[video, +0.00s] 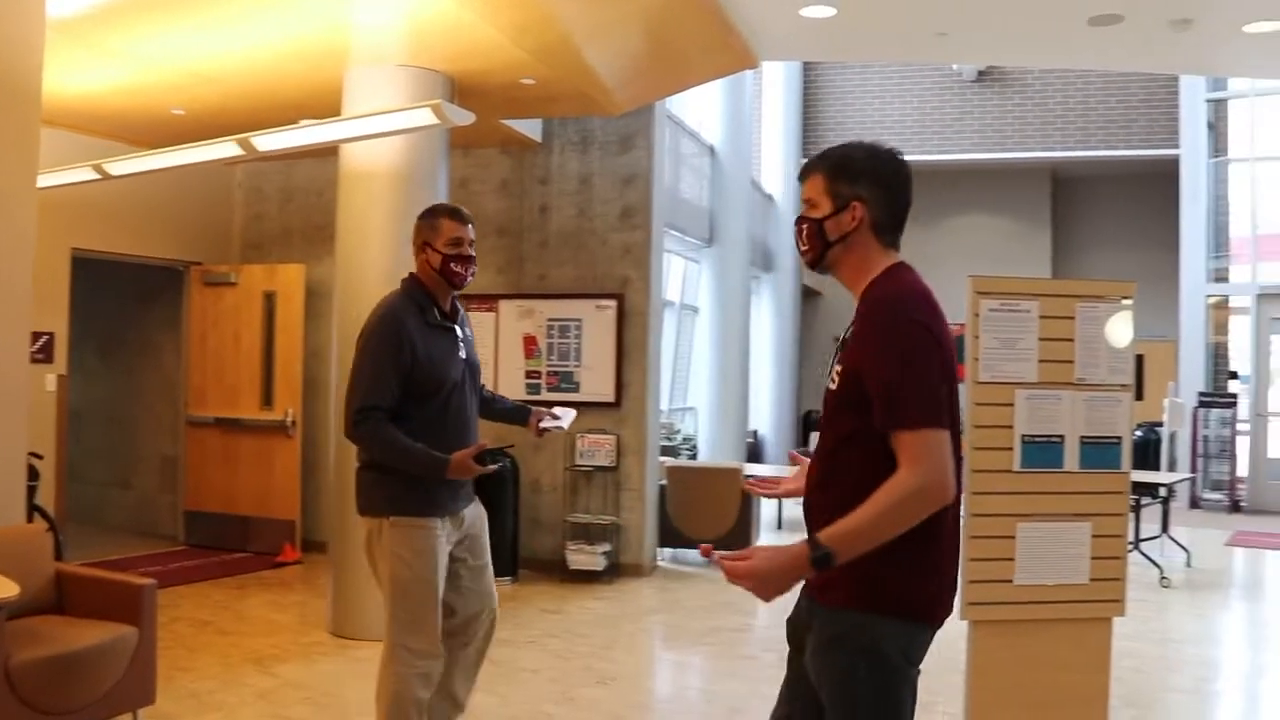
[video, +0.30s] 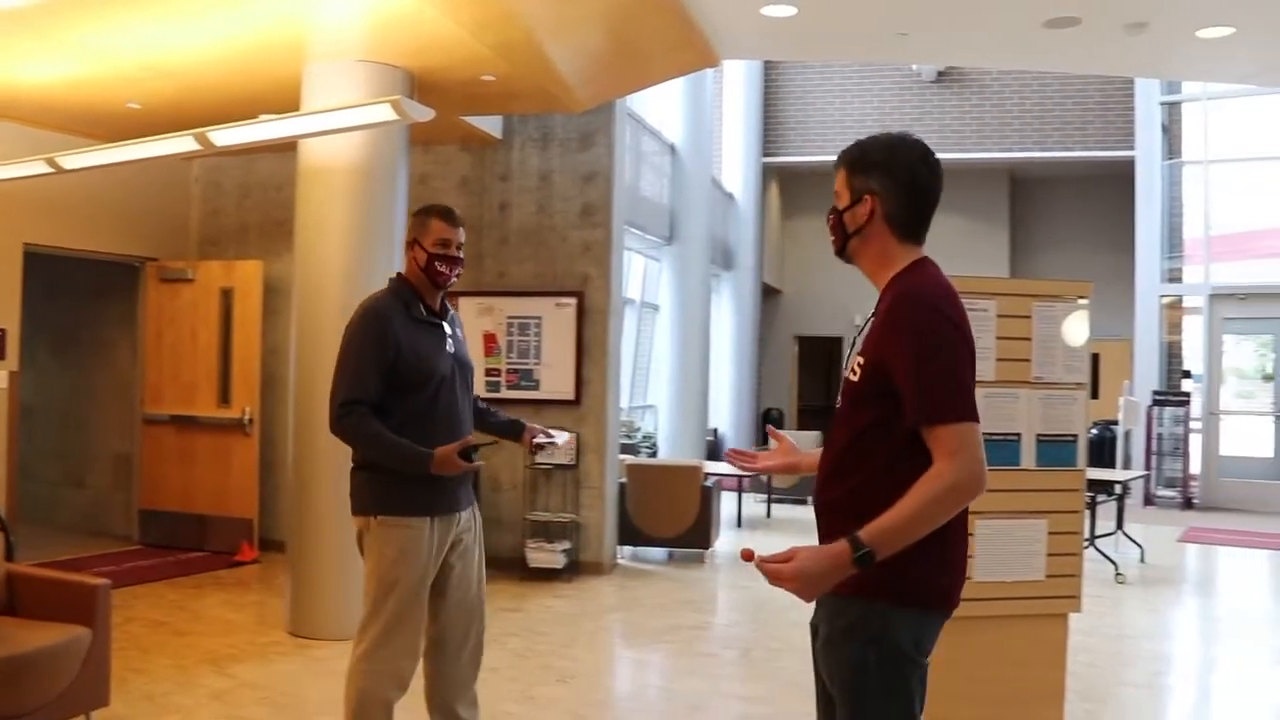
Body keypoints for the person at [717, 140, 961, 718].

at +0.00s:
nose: (800, 229)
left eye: (810, 213)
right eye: (801, 214)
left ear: (854, 217)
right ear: (853, 217)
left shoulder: (898, 306)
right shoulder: (880, 304)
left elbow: (930, 480)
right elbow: (896, 455)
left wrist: (802, 558)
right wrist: (817, 477)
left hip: (875, 611)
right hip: (841, 599)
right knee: (795, 713)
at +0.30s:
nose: (830, 219)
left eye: (837, 204)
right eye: (833, 204)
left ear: (867, 209)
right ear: (879, 209)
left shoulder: (920, 301)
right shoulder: (901, 298)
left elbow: (962, 471)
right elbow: (898, 448)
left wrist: (843, 556)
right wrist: (808, 461)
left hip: (887, 600)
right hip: (863, 593)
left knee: (870, 711)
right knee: (845, 707)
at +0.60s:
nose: (866, 221)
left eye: (872, 207)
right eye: (868, 207)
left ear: (901, 216)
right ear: (915, 218)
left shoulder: (944, 306)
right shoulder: (931, 302)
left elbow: (978, 469)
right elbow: (917, 449)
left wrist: (859, 542)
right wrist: (824, 455)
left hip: (906, 584)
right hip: (908, 580)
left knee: (875, 708)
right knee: (906, 709)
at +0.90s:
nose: (897, 237)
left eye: (904, 223)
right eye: (899, 224)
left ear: (933, 232)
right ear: (942, 234)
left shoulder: (973, 317)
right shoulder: (959, 313)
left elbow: (1003, 468)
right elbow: (948, 456)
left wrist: (892, 531)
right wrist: (859, 468)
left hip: (936, 578)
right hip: (938, 574)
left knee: (887, 710)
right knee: (944, 711)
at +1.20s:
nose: (900, 235)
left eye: (908, 222)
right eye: (902, 223)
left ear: (942, 227)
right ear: (942, 230)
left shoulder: (987, 307)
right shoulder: (958, 309)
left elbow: (1025, 446)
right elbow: (943, 444)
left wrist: (922, 517)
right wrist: (853, 465)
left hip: (947, 567)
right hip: (927, 562)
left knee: (896, 710)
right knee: (937, 709)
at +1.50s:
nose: (901, 232)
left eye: (912, 218)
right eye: (901, 219)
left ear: (954, 224)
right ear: (949, 225)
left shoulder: (997, 307)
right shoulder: (937, 315)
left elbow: (1039, 443)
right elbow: (919, 443)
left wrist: (942, 515)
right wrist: (829, 457)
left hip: (950, 573)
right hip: (898, 563)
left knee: (943, 714)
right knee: (899, 711)